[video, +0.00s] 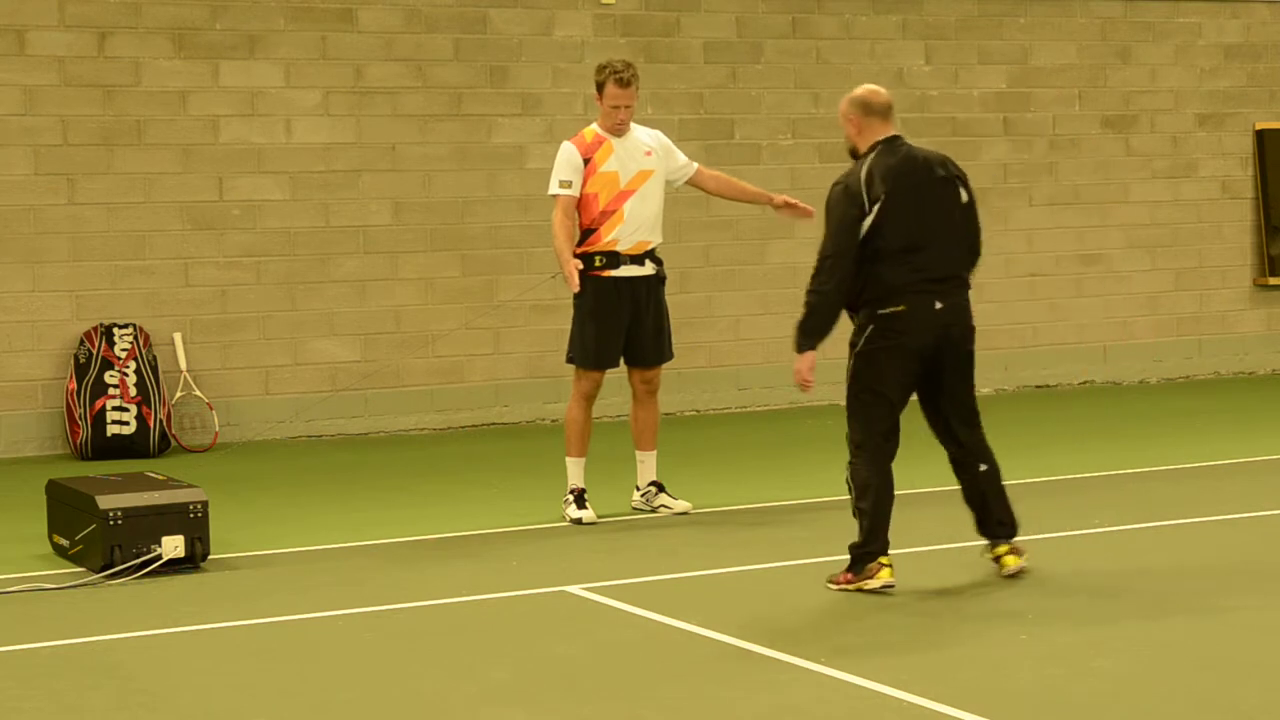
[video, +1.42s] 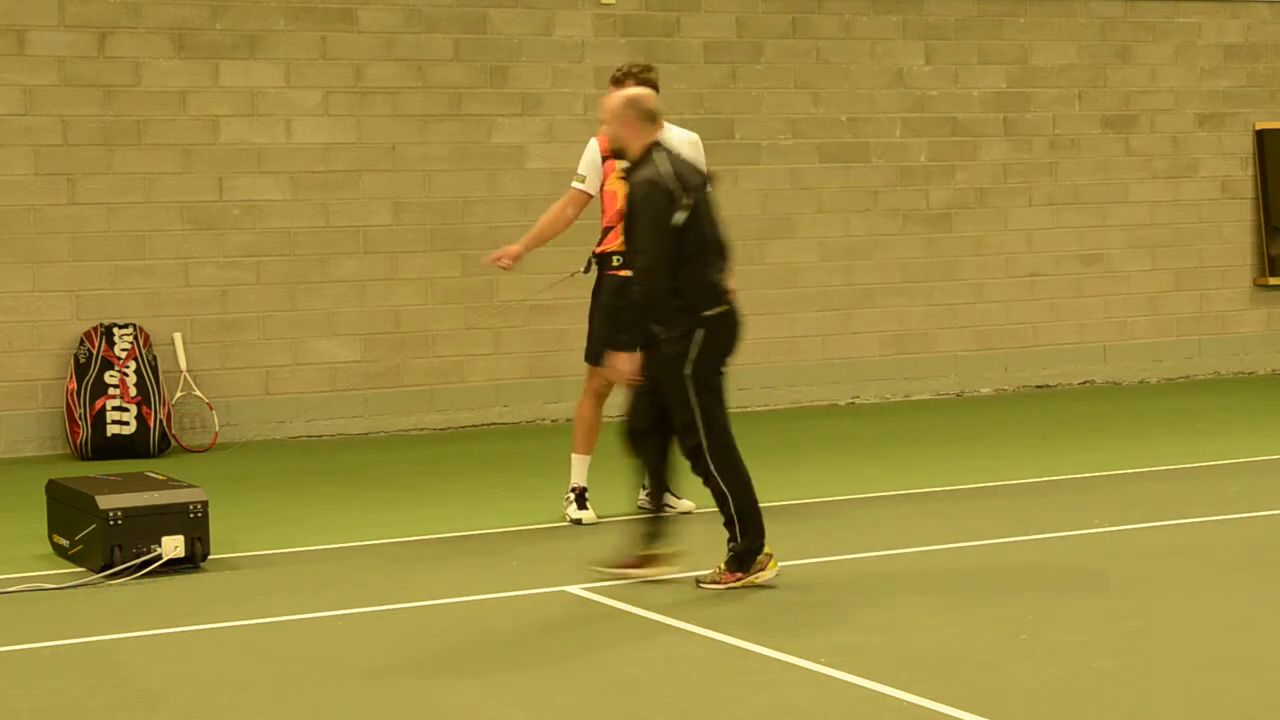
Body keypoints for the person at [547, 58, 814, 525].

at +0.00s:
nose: (623, 115)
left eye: (629, 107)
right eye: (615, 106)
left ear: (637, 102)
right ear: (597, 100)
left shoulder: (654, 143)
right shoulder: (577, 149)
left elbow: (707, 178)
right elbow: (563, 214)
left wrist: (769, 198)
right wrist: (567, 263)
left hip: (646, 280)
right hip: (598, 281)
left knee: (647, 383)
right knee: (586, 386)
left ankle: (647, 488)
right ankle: (575, 493)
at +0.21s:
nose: (620, 113)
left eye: (626, 105)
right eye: (611, 105)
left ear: (634, 101)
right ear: (594, 101)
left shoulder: (651, 143)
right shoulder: (574, 151)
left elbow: (686, 197)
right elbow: (556, 214)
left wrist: (733, 239)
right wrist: (553, 263)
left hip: (645, 280)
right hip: (597, 282)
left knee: (645, 384)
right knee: (586, 387)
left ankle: (647, 487)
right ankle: (575, 493)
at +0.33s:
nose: (617, 113)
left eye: (623, 105)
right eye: (609, 105)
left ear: (631, 101)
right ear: (591, 101)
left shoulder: (649, 142)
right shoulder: (572, 151)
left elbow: (663, 207)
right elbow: (553, 213)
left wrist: (680, 262)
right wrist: (543, 263)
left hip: (646, 279)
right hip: (598, 282)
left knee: (646, 383)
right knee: (586, 387)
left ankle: (647, 487)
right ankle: (576, 492)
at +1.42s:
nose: (617, 110)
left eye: (625, 102)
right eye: (614, 101)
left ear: (645, 102)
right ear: (611, 101)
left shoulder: (683, 143)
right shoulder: (603, 146)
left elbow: (703, 218)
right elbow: (571, 205)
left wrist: (719, 274)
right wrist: (523, 245)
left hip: (668, 278)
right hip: (617, 277)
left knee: (662, 384)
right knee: (598, 383)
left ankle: (656, 487)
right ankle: (577, 489)